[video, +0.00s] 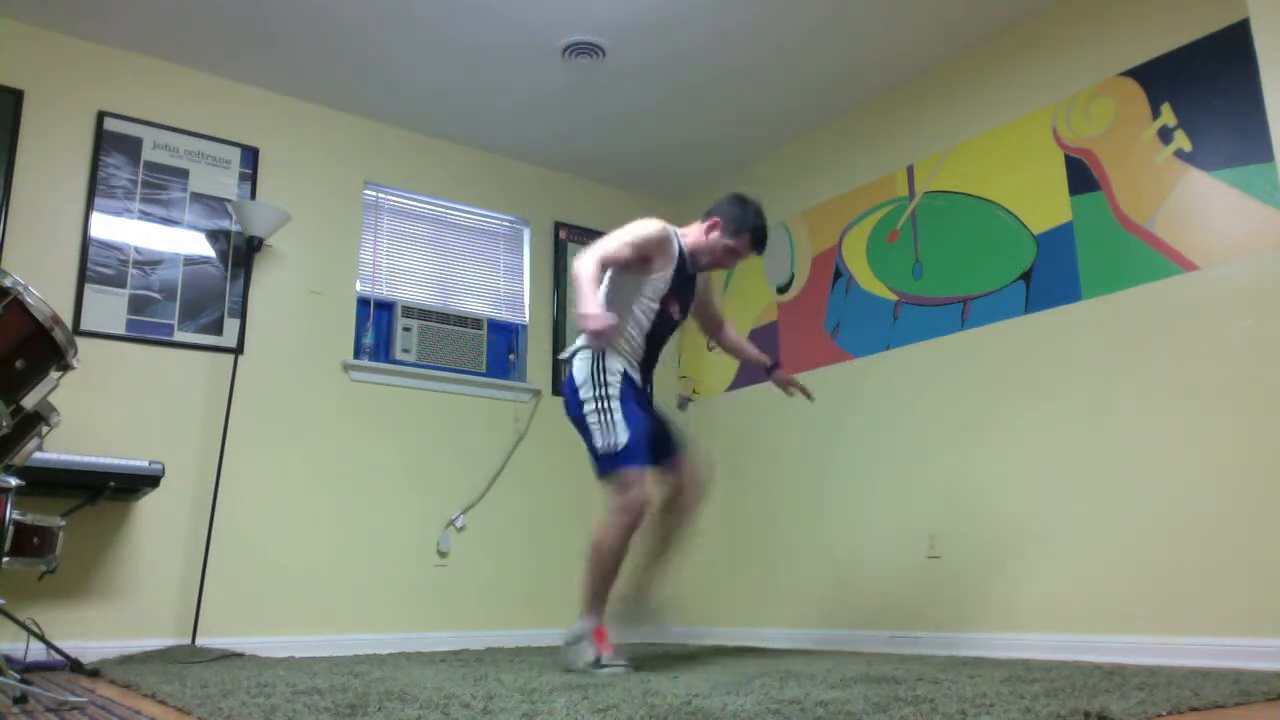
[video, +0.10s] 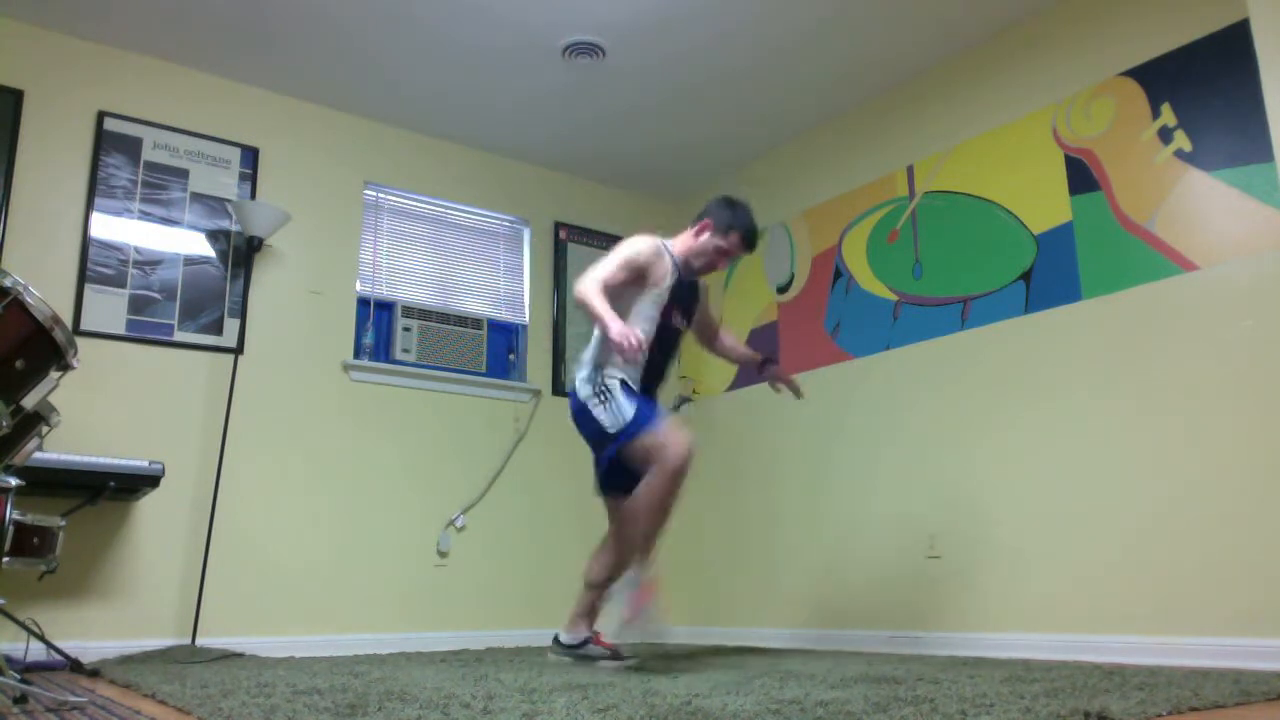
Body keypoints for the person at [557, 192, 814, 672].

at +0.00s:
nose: (726, 265)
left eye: (734, 261)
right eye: (728, 254)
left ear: (723, 241)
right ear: (711, 226)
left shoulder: (697, 277)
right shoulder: (656, 235)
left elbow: (717, 329)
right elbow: (588, 260)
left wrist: (771, 369)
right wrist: (592, 309)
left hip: (629, 380)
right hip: (597, 366)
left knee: (685, 478)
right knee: (632, 494)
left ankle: (632, 604)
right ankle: (588, 630)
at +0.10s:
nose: (721, 265)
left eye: (730, 260)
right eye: (723, 252)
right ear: (703, 228)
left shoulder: (691, 287)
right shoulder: (647, 250)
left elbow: (712, 337)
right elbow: (586, 286)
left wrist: (763, 365)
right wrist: (612, 321)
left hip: (631, 397)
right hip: (602, 387)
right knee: (672, 448)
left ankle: (575, 632)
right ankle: (631, 573)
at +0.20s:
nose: (724, 254)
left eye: (732, 248)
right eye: (725, 241)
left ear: (732, 241)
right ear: (707, 217)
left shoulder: (697, 272)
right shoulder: (652, 242)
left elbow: (705, 332)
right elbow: (594, 283)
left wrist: (747, 347)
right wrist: (613, 335)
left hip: (632, 386)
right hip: (607, 374)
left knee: (641, 511)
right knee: (696, 405)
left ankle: (588, 615)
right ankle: (694, 542)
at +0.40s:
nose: (722, 253)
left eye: (730, 247)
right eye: (722, 240)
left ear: (729, 242)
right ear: (700, 219)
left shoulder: (688, 269)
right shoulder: (661, 252)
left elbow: (677, 315)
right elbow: (615, 282)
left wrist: (710, 329)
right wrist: (592, 329)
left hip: (649, 388)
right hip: (646, 387)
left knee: (692, 504)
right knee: (716, 498)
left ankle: (655, 603)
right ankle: (694, 632)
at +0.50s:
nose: (709, 256)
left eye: (717, 249)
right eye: (707, 243)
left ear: (721, 243)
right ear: (684, 225)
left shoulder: (680, 275)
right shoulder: (652, 268)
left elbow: (674, 330)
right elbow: (606, 309)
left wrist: (702, 331)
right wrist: (567, 350)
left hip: (674, 402)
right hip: (666, 404)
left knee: (704, 519)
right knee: (716, 521)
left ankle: (650, 597)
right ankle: (693, 637)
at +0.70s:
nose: (693, 255)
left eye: (702, 249)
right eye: (689, 242)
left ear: (710, 246)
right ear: (670, 222)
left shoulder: (700, 278)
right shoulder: (629, 242)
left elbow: (707, 329)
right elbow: (615, 278)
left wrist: (723, 378)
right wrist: (661, 302)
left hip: (642, 382)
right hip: (596, 371)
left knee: (665, 498)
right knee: (674, 393)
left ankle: (618, 603)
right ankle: (692, 504)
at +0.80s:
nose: (690, 251)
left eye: (696, 246)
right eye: (684, 241)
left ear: (697, 247)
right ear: (660, 231)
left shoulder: (694, 284)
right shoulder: (618, 255)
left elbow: (710, 331)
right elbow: (633, 263)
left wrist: (726, 378)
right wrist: (700, 244)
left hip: (638, 405)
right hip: (589, 384)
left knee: (629, 520)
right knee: (620, 412)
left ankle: (593, 626)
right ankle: (623, 512)